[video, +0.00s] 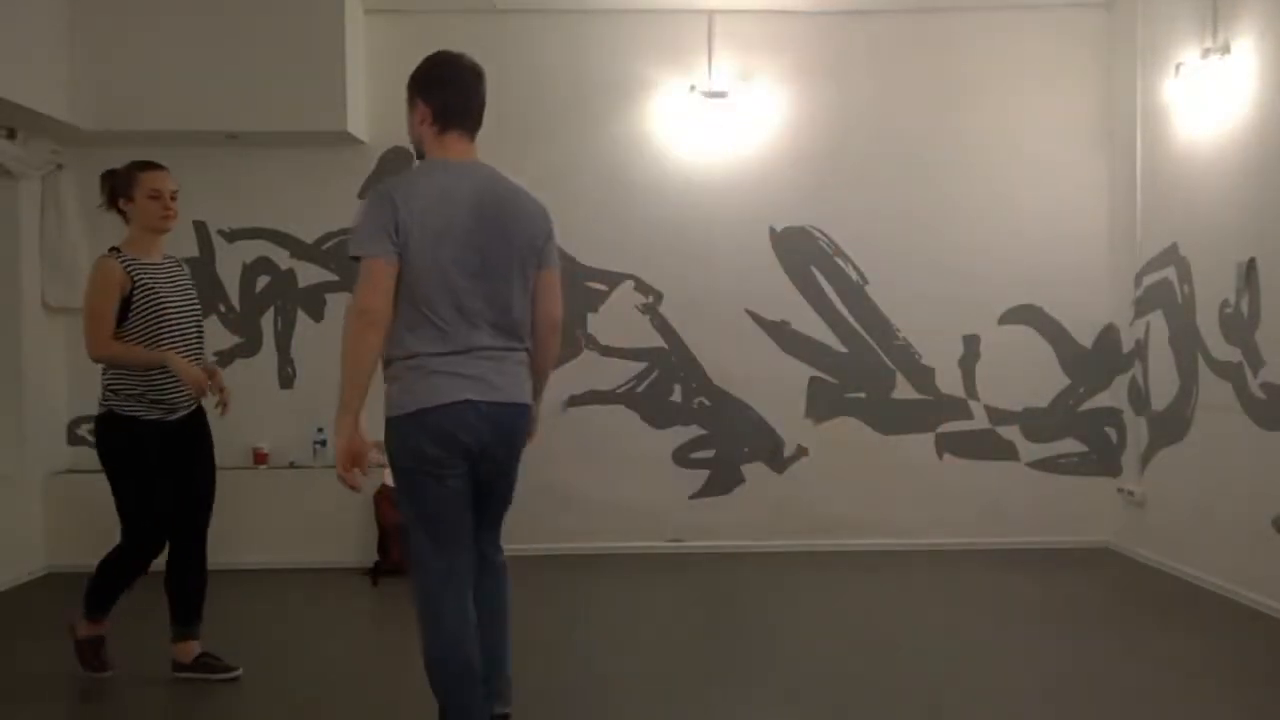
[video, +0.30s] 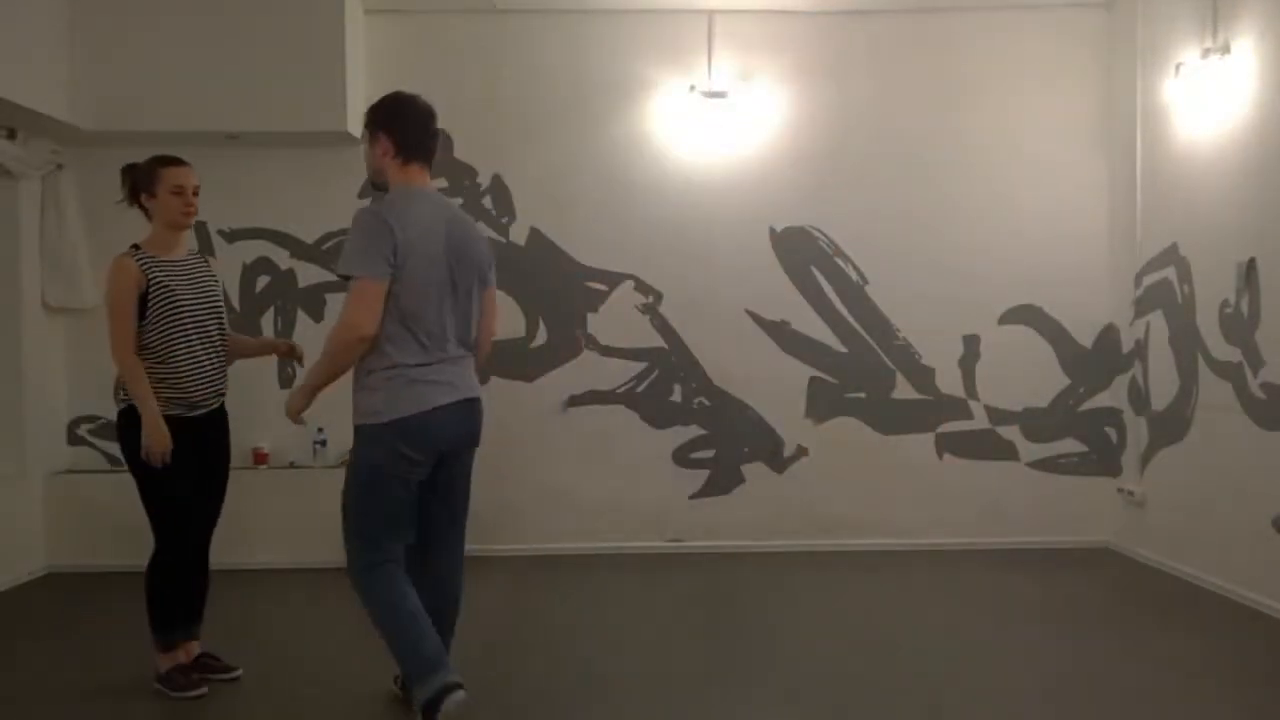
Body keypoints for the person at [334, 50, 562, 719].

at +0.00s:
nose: (410, 122)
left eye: (411, 111)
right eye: (413, 110)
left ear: (423, 113)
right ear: (478, 115)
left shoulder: (394, 193)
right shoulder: (528, 206)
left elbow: (371, 311)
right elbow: (549, 323)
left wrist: (348, 416)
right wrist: (531, 398)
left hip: (427, 413)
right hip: (508, 408)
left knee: (440, 568)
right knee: (485, 548)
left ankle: (463, 708)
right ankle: (494, 697)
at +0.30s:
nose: (365, 155)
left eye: (367, 144)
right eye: (367, 144)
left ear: (385, 145)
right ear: (427, 148)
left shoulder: (379, 218)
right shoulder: (470, 229)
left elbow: (360, 327)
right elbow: (485, 336)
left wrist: (307, 389)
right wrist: (452, 384)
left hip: (394, 417)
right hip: (460, 412)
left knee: (375, 557)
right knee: (440, 551)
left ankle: (436, 682)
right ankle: (421, 678)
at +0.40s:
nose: (350, 155)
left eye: (352, 144)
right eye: (351, 144)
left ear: (370, 145)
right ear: (410, 146)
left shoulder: (377, 214)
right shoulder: (444, 218)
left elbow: (366, 321)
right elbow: (447, 313)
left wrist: (316, 394)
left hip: (388, 405)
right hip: (449, 401)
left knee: (350, 532)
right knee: (433, 543)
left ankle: (401, 677)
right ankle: (422, 682)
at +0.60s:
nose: (316, 169)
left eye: (319, 158)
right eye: (316, 158)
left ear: (343, 160)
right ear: (368, 161)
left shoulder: (364, 228)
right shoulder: (401, 224)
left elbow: (376, 326)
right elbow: (369, 319)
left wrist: (350, 421)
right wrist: (303, 353)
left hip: (368, 412)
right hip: (416, 403)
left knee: (344, 541)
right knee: (414, 543)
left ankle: (330, 657)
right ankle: (420, 678)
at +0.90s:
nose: (267, 181)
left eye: (277, 170)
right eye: (267, 171)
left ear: (315, 172)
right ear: (306, 175)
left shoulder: (347, 239)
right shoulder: (317, 239)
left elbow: (370, 338)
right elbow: (297, 308)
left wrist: (357, 428)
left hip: (342, 408)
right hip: (323, 406)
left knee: (313, 518)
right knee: (323, 514)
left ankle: (339, 654)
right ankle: (394, 609)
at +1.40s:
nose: (299, 181)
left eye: (309, 170)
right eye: (289, 172)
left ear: (329, 175)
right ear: (277, 179)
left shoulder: (363, 245)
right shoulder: (268, 249)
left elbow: (387, 329)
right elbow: (247, 322)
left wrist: (352, 404)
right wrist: (178, 323)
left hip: (340, 413)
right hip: (279, 410)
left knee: (338, 529)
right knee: (278, 525)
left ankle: (339, 643)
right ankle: (295, 625)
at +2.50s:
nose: (369, 192)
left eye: (378, 185)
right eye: (359, 184)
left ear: (389, 195)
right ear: (343, 192)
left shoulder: (394, 265)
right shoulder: (312, 252)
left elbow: (393, 334)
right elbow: (254, 307)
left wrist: (416, 385)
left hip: (381, 403)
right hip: (324, 404)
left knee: (401, 506)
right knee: (320, 515)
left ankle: (416, 615)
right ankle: (297, 625)